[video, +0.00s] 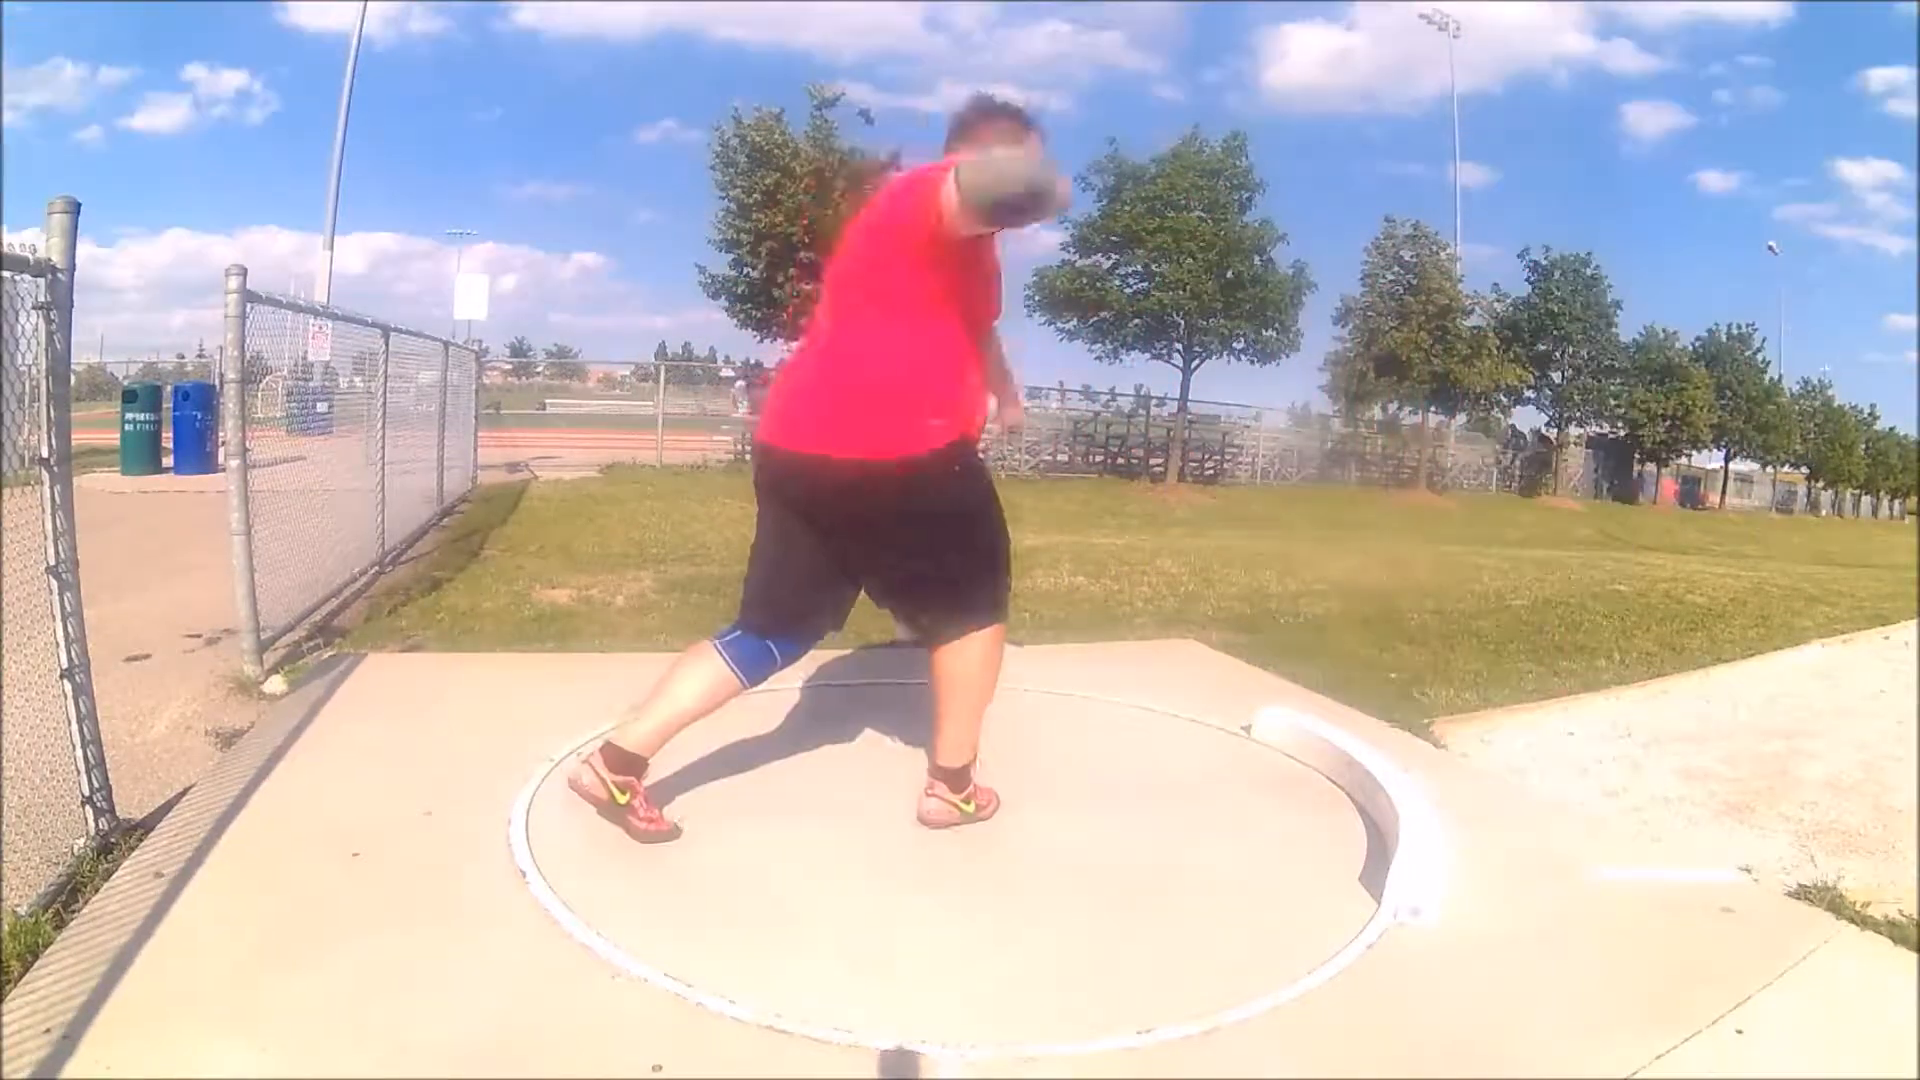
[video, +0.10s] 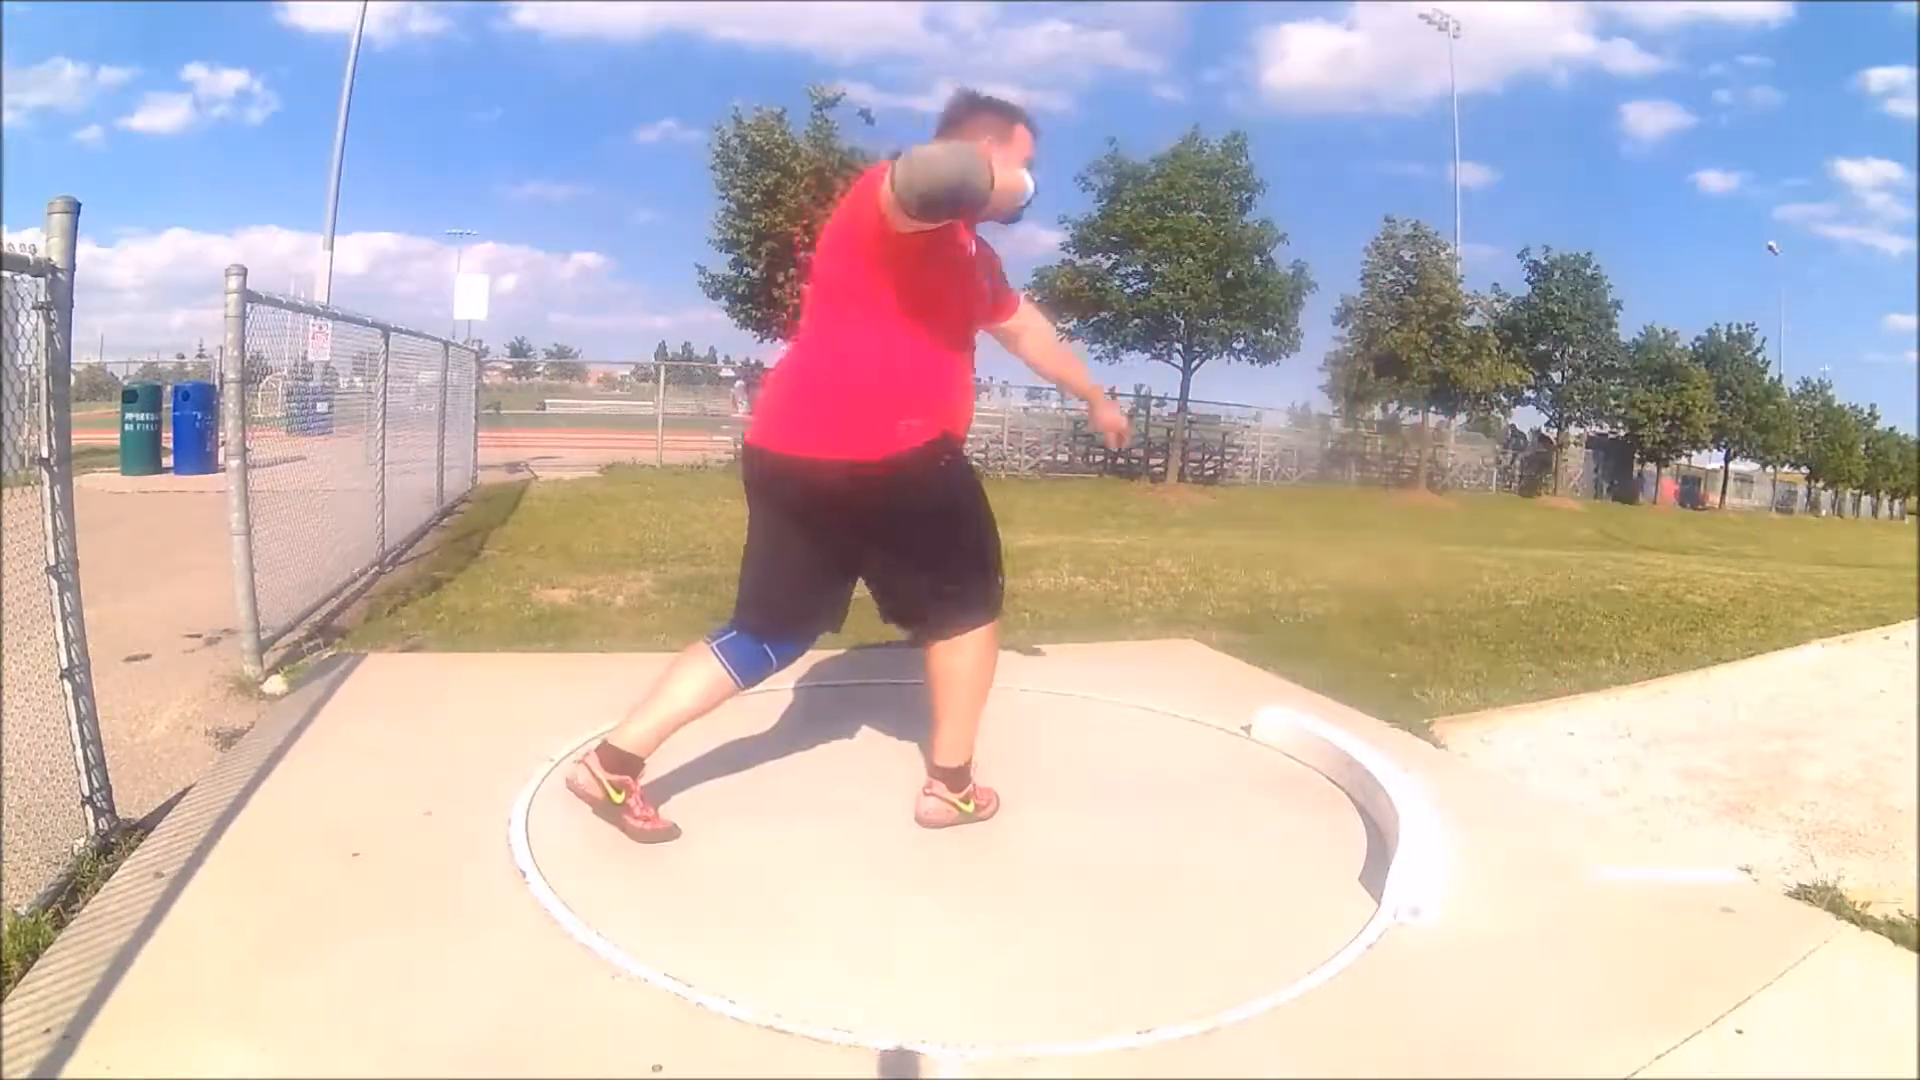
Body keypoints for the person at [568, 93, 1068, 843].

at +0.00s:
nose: (1026, 177)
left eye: (1026, 164)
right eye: (1020, 163)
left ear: (957, 140)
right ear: (997, 148)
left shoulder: (888, 206)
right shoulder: (944, 190)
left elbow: (972, 330)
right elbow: (1013, 175)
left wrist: (1004, 390)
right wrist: (1051, 183)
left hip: (798, 447)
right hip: (911, 451)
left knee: (773, 628)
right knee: (973, 606)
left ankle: (618, 760)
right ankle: (952, 780)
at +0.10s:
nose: (1023, 184)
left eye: (1028, 170)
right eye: (1018, 167)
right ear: (978, 149)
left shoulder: (969, 261)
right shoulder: (888, 194)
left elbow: (1024, 326)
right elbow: (931, 177)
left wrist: (1093, 394)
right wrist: (1012, 179)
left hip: (789, 450)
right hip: (901, 453)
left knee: (770, 628)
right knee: (964, 602)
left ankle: (618, 756)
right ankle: (950, 778)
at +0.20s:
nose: (1019, 173)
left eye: (1020, 160)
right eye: (1009, 155)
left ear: (992, 165)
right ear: (954, 147)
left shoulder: (983, 263)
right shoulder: (861, 206)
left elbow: (1065, 332)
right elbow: (873, 182)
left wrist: (1155, 401)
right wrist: (933, 170)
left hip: (775, 451)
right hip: (886, 452)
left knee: (761, 629)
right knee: (960, 602)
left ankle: (610, 758)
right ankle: (945, 782)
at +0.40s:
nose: (1010, 163)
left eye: (1012, 148)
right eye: (1001, 145)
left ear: (960, 145)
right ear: (948, 138)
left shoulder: (983, 245)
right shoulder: (835, 195)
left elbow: (1065, 317)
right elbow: (798, 157)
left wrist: (1089, 384)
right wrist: (931, 162)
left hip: (764, 439)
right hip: (857, 439)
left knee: (752, 623)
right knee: (934, 604)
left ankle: (605, 759)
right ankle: (942, 785)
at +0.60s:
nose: (1015, 165)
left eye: (1016, 150)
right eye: (1006, 146)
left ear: (968, 144)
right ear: (954, 138)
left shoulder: (982, 246)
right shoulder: (841, 184)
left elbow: (1051, 325)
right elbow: (803, 158)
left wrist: (973, 357)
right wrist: (935, 170)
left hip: (755, 432)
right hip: (855, 438)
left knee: (745, 618)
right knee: (919, 606)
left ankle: (602, 762)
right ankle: (939, 788)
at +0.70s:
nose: (1018, 183)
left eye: (1020, 167)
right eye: (1014, 163)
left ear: (967, 150)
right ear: (972, 150)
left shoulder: (980, 258)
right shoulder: (853, 198)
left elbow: (1055, 335)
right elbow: (856, 177)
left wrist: (1021, 367)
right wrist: (974, 190)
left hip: (748, 433)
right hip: (853, 443)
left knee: (744, 621)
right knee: (927, 606)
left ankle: (605, 763)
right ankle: (939, 789)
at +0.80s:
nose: (1028, 208)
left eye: (1030, 188)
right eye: (1027, 184)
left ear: (953, 160)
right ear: (991, 168)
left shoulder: (971, 270)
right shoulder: (892, 196)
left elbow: (1033, 341)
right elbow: (947, 206)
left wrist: (1087, 400)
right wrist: (1006, 216)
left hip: (746, 436)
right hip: (852, 449)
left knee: (743, 626)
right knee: (942, 605)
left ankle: (605, 771)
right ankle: (939, 787)